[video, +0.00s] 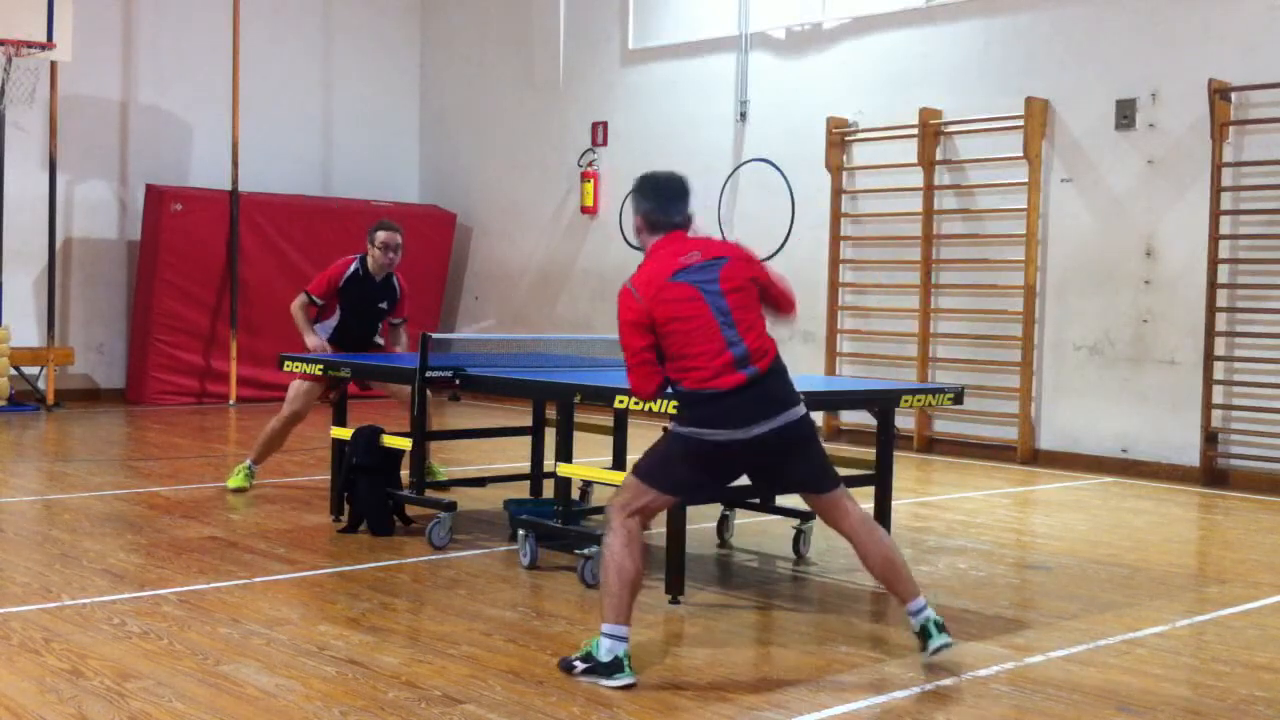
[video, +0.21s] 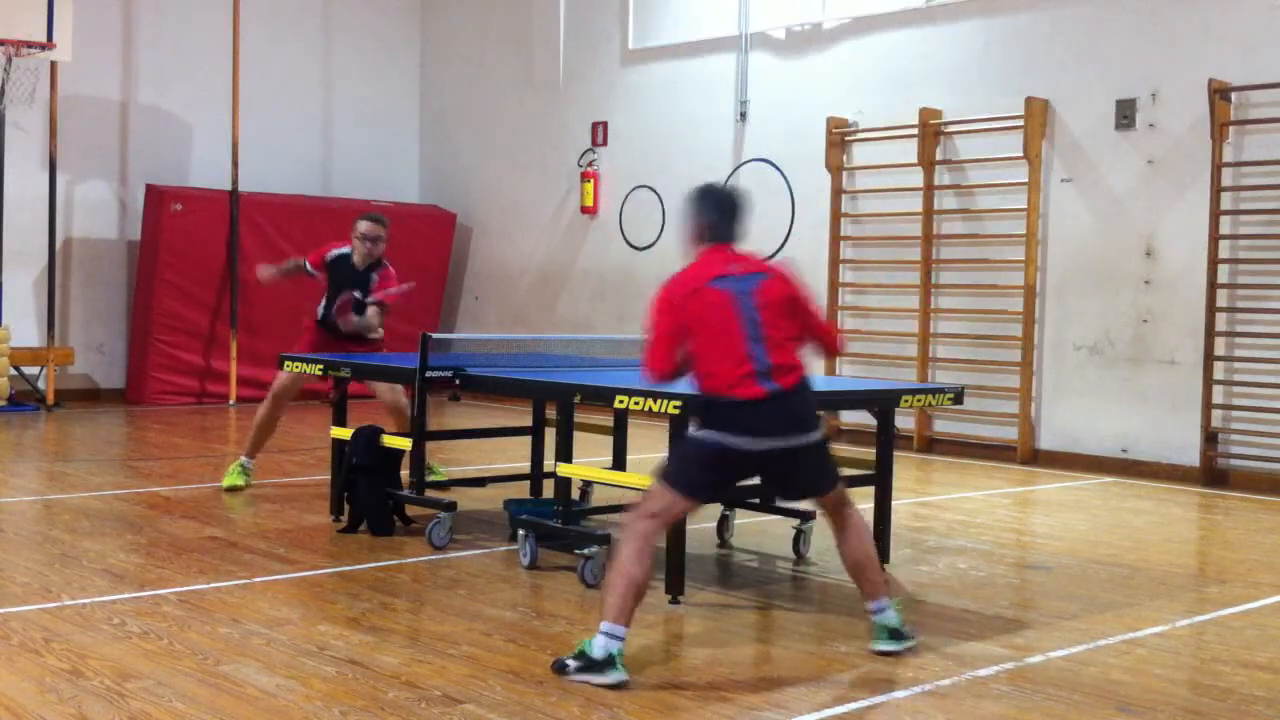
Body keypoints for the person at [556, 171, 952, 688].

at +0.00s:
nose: (633, 226)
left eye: (633, 219)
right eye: (635, 219)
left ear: (639, 222)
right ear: (688, 217)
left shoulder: (638, 291)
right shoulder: (733, 255)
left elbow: (645, 385)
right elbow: (786, 305)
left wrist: (678, 347)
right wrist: (734, 283)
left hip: (709, 435)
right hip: (782, 421)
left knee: (625, 514)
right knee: (849, 516)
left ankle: (610, 650)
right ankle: (926, 621)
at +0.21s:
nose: (686, 230)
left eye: (688, 222)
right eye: (690, 222)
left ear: (697, 227)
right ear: (736, 227)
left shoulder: (680, 287)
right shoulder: (774, 277)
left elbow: (659, 369)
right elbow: (827, 339)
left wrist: (701, 346)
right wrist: (778, 326)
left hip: (723, 436)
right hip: (794, 431)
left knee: (645, 520)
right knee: (840, 509)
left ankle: (605, 647)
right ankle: (886, 619)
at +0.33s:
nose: (766, 204)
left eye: (768, 197)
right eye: (774, 196)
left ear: (773, 202)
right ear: (814, 205)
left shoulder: (747, 261)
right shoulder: (847, 258)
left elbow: (718, 336)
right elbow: (896, 330)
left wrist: (758, 316)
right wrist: (854, 294)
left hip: (776, 412)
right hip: (843, 412)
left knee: (707, 507)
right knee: (875, 495)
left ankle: (678, 613)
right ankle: (889, 590)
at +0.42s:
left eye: (817, 202)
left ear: (815, 206)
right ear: (859, 209)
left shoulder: (782, 261)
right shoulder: (884, 263)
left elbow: (754, 333)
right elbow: (923, 345)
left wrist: (797, 346)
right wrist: (941, 373)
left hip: (807, 416)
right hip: (875, 414)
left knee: (745, 505)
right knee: (910, 488)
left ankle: (747, 621)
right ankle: (927, 588)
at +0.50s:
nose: (856, 226)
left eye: (857, 219)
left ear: (858, 223)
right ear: (900, 227)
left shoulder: (823, 276)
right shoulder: (920, 281)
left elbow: (797, 355)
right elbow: (952, 371)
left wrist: (843, 375)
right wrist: (990, 441)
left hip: (836, 427)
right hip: (903, 428)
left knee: (791, 519)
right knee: (938, 502)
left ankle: (763, 618)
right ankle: (961, 604)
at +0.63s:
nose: (966, 249)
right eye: (966, 242)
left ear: (922, 239)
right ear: (961, 243)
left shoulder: (885, 284)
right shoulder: (953, 286)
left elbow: (856, 357)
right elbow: (963, 358)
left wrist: (921, 380)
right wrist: (1021, 403)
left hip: (864, 426)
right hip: (928, 428)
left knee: (813, 528)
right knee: (974, 500)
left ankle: (766, 611)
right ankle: (963, 607)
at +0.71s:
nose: (992, 243)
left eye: (987, 234)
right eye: (992, 235)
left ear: (945, 228)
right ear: (989, 237)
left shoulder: (909, 270)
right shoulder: (973, 273)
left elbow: (873, 339)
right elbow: (988, 342)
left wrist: (922, 363)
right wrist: (1064, 372)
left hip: (878, 412)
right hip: (941, 417)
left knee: (828, 511)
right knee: (980, 499)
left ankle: (780, 606)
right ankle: (963, 607)